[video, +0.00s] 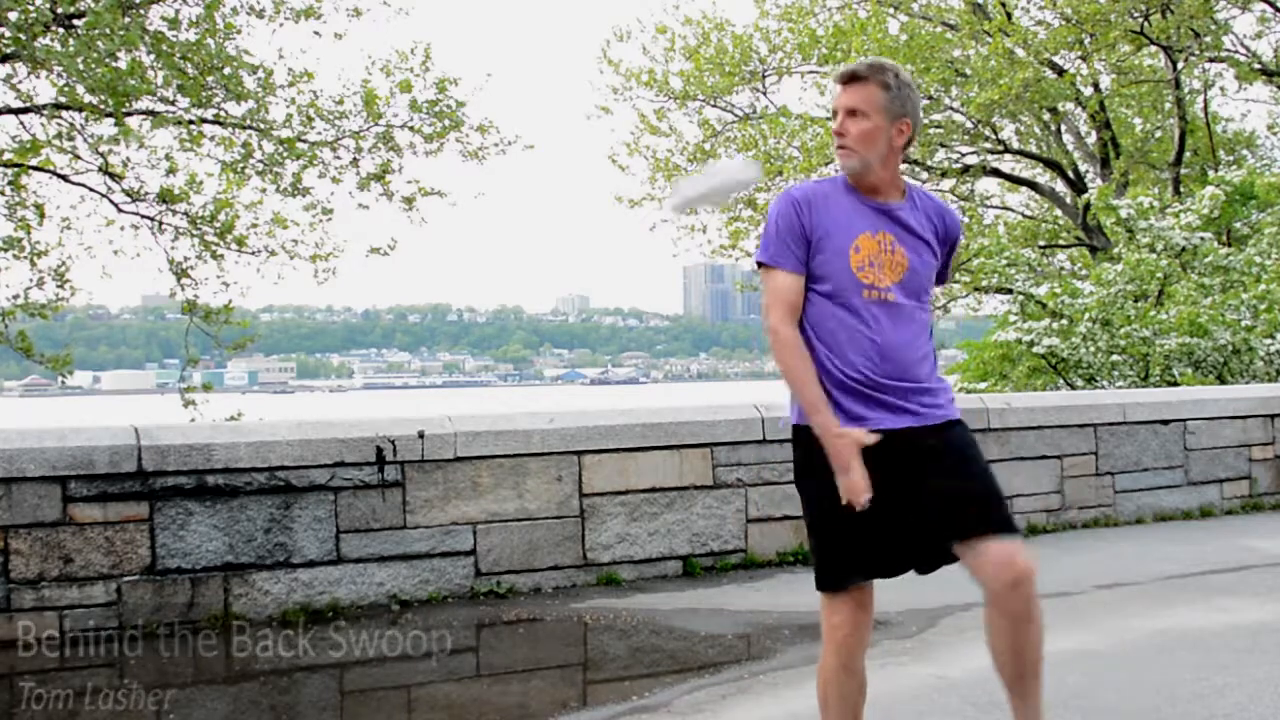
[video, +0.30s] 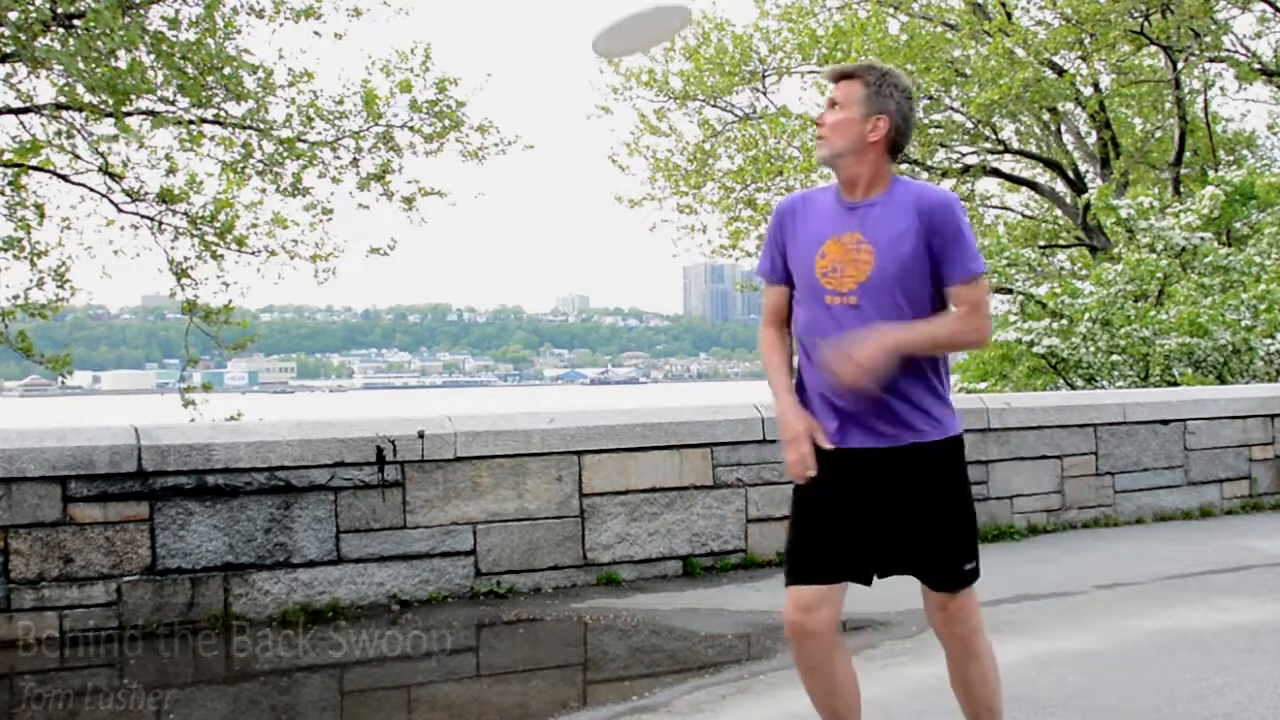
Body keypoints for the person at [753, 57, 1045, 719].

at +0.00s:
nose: (838, 128)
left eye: (855, 117)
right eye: (835, 116)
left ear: (901, 134)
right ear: (833, 125)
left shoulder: (940, 221)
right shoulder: (800, 206)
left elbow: (908, 319)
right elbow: (780, 324)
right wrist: (832, 434)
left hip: (929, 427)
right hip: (835, 434)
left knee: (1012, 571)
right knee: (846, 625)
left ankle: (1029, 715)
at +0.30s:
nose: (818, 119)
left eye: (834, 108)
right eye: (823, 107)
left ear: (877, 128)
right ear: (861, 128)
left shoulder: (934, 209)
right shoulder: (792, 215)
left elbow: (974, 322)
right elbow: (774, 326)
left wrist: (890, 337)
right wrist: (787, 409)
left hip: (922, 447)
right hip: (829, 451)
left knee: (954, 615)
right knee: (806, 618)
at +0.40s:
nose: (799, 130)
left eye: (813, 119)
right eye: (804, 118)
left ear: (855, 137)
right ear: (845, 137)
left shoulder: (898, 210)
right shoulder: (786, 222)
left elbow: (878, 325)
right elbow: (771, 325)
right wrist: (755, 406)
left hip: (899, 446)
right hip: (811, 450)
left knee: (926, 631)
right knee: (790, 624)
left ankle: (975, 715)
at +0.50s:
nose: (775, 145)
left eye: (788, 133)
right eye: (779, 132)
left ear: (830, 148)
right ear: (820, 149)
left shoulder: (853, 223)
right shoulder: (785, 231)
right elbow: (783, 344)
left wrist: (680, 234)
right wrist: (733, 409)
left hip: (864, 448)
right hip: (799, 452)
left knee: (842, 640)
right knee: (778, 626)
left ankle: (938, 711)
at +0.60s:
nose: (745, 151)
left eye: (756, 138)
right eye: (746, 138)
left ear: (797, 147)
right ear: (795, 150)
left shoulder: (802, 225)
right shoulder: (815, 228)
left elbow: (693, 306)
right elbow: (803, 352)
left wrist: (605, 231)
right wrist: (733, 405)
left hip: (828, 449)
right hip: (825, 448)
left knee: (750, 619)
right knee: (783, 623)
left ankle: (846, 713)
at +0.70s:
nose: (706, 151)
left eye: (713, 136)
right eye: (705, 138)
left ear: (754, 138)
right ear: (761, 140)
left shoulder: (756, 221)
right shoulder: (812, 215)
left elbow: (686, 335)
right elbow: (821, 337)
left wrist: (577, 298)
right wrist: (752, 400)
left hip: (797, 437)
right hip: (844, 435)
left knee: (716, 601)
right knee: (780, 610)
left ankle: (746, 715)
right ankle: (840, 716)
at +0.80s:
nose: (669, 158)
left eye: (671, 142)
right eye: (667, 143)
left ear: (702, 137)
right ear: (723, 138)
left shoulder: (710, 226)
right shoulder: (796, 208)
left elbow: (677, 360)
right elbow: (837, 311)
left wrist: (564, 372)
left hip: (766, 434)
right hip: (833, 427)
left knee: (711, 608)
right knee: (761, 595)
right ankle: (819, 713)